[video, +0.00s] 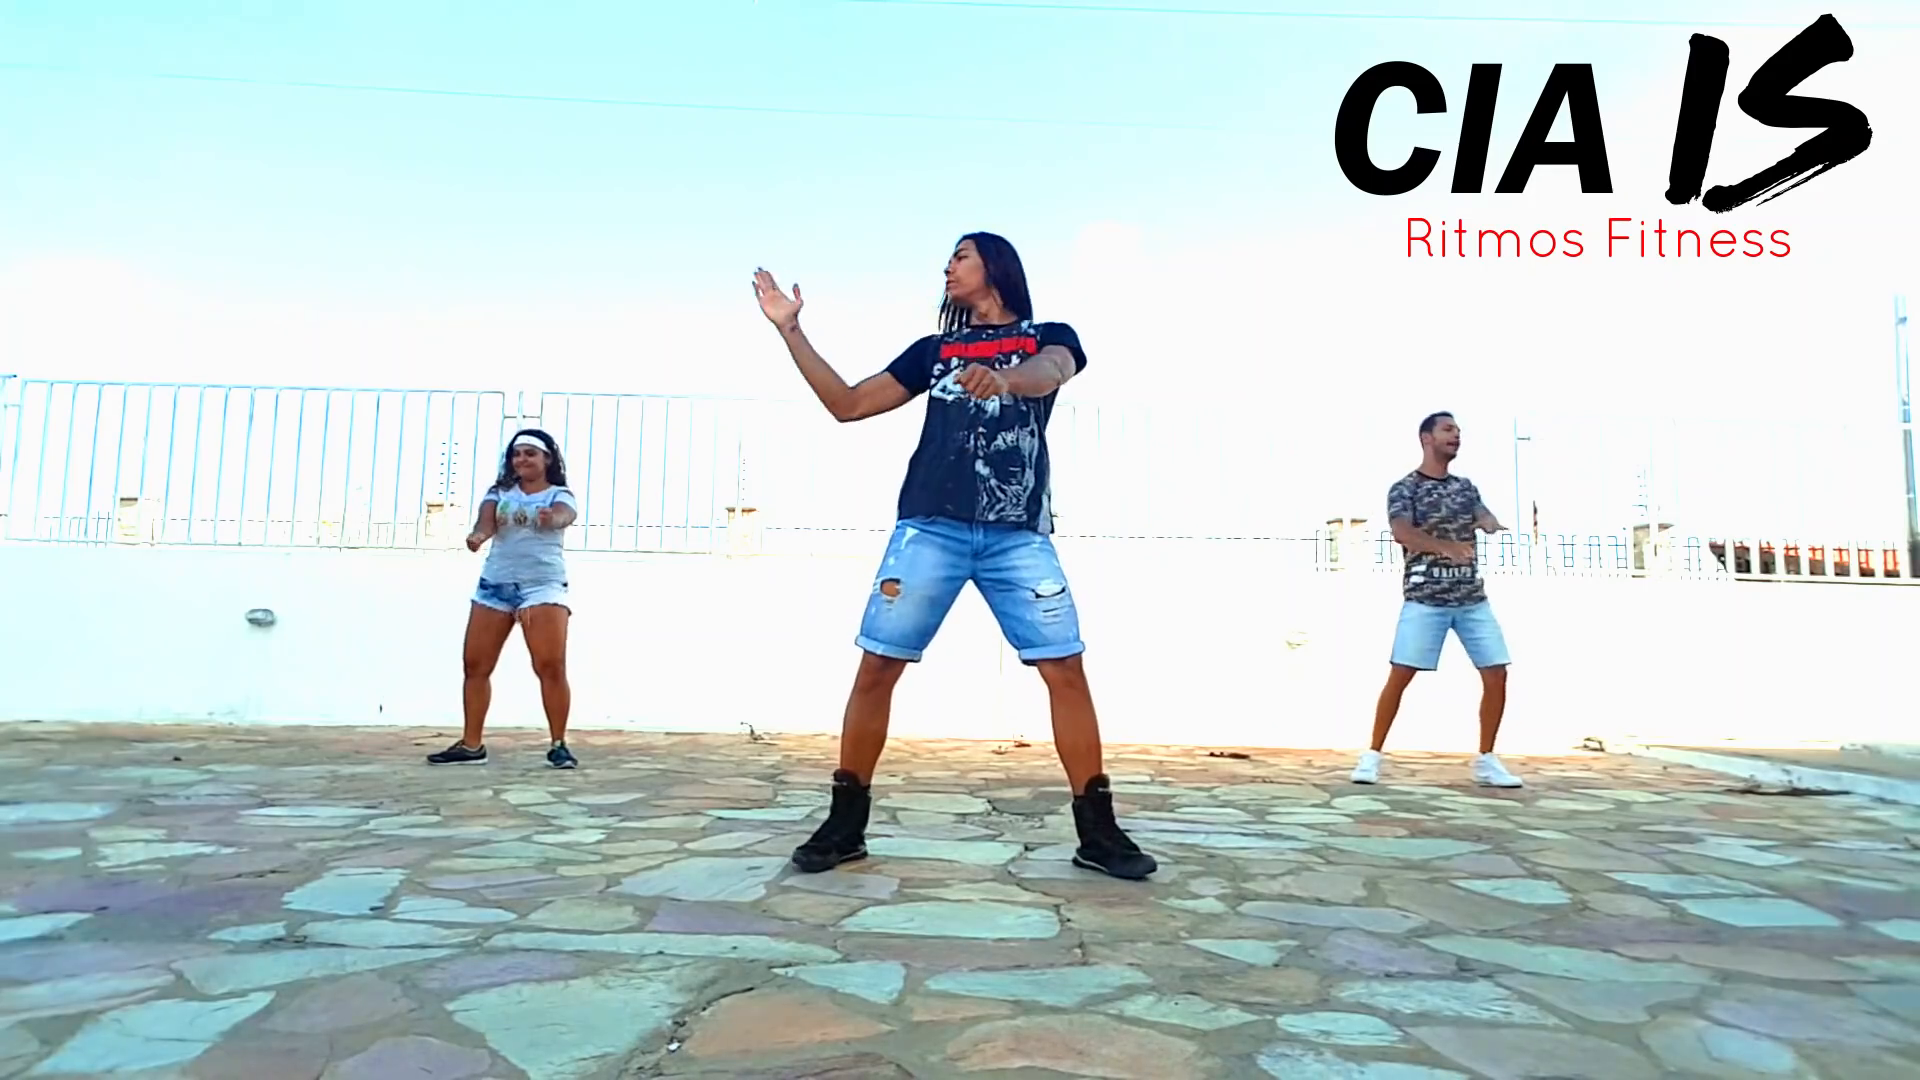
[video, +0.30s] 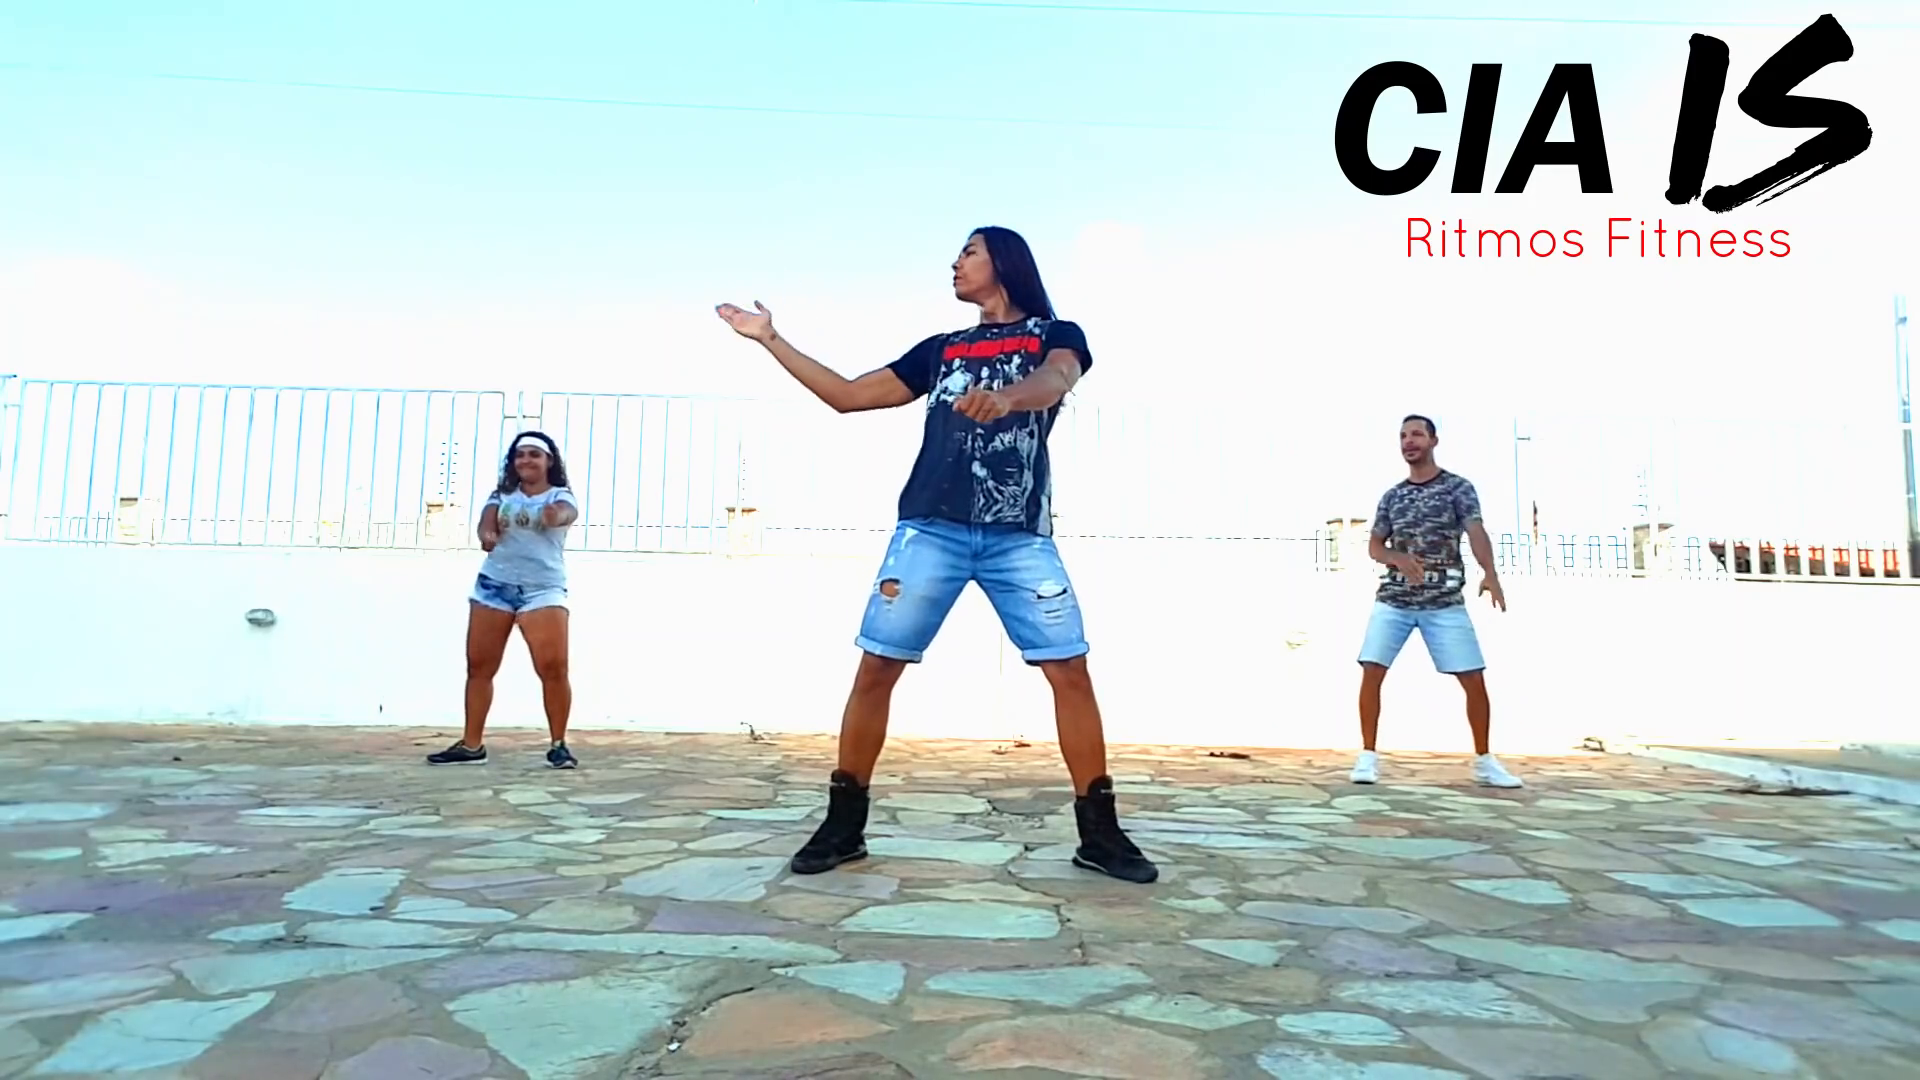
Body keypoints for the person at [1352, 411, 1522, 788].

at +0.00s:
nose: (1456, 437)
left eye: (1457, 431)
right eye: (1448, 430)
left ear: (1456, 440)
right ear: (1426, 438)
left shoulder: (1465, 488)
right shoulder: (1404, 488)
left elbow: (1485, 519)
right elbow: (1402, 534)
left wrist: (1495, 527)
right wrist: (1446, 547)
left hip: (1471, 599)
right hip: (1425, 600)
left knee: (1496, 672)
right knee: (1401, 674)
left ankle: (1486, 758)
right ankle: (1373, 754)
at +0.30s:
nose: (1409, 441)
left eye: (1417, 435)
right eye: (1404, 436)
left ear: (1434, 440)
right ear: (1400, 444)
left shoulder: (1458, 488)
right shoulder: (1392, 497)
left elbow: (1477, 534)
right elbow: (1375, 548)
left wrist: (1490, 573)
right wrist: (1399, 559)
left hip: (1445, 603)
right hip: (1394, 602)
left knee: (1473, 678)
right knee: (1372, 670)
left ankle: (1484, 759)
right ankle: (1368, 755)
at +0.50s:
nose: (1423, 427)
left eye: (1430, 421)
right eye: (1417, 422)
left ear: (1445, 430)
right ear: (1410, 432)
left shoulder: (1465, 483)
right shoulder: (1394, 483)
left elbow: (1473, 541)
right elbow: (1370, 535)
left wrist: (1473, 591)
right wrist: (1356, 586)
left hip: (1454, 598)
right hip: (1404, 597)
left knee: (1479, 673)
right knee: (1387, 672)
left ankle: (1485, 758)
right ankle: (1369, 755)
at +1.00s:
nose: (1429, 424)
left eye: (1436, 419)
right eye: (1422, 419)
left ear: (1450, 428)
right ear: (1414, 430)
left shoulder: (1468, 480)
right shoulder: (1398, 479)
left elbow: (1481, 534)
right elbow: (1382, 532)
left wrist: (1490, 585)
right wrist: (1396, 571)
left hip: (1459, 598)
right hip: (1410, 596)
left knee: (1480, 674)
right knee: (1389, 673)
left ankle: (1485, 758)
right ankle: (1370, 755)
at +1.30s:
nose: (1425, 430)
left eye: (1433, 424)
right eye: (1419, 424)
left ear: (1446, 432)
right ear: (1411, 432)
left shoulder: (1465, 481)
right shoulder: (1397, 483)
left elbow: (1485, 529)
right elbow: (1376, 530)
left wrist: (1519, 545)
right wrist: (1364, 575)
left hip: (1458, 599)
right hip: (1410, 597)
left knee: (1483, 672)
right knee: (1387, 669)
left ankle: (1486, 758)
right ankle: (1368, 752)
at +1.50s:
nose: (1411, 432)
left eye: (1419, 428)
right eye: (1406, 424)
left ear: (1427, 434)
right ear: (1392, 425)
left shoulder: (1435, 466)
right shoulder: (1375, 479)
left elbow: (1461, 484)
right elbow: (1384, 516)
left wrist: (1483, 483)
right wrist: (1393, 543)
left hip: (1444, 588)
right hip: (1397, 589)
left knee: (1474, 663)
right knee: (1370, 662)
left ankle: (1487, 752)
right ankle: (1340, 742)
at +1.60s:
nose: (1418, 454)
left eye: (1425, 448)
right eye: (1412, 446)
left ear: (1432, 453)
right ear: (1397, 448)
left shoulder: (1435, 488)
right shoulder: (1380, 503)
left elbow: (1457, 496)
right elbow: (1398, 538)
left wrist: (1471, 482)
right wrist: (1450, 541)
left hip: (1454, 609)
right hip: (1404, 612)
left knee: (1494, 678)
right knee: (1382, 678)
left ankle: (1503, 759)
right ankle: (1349, 753)